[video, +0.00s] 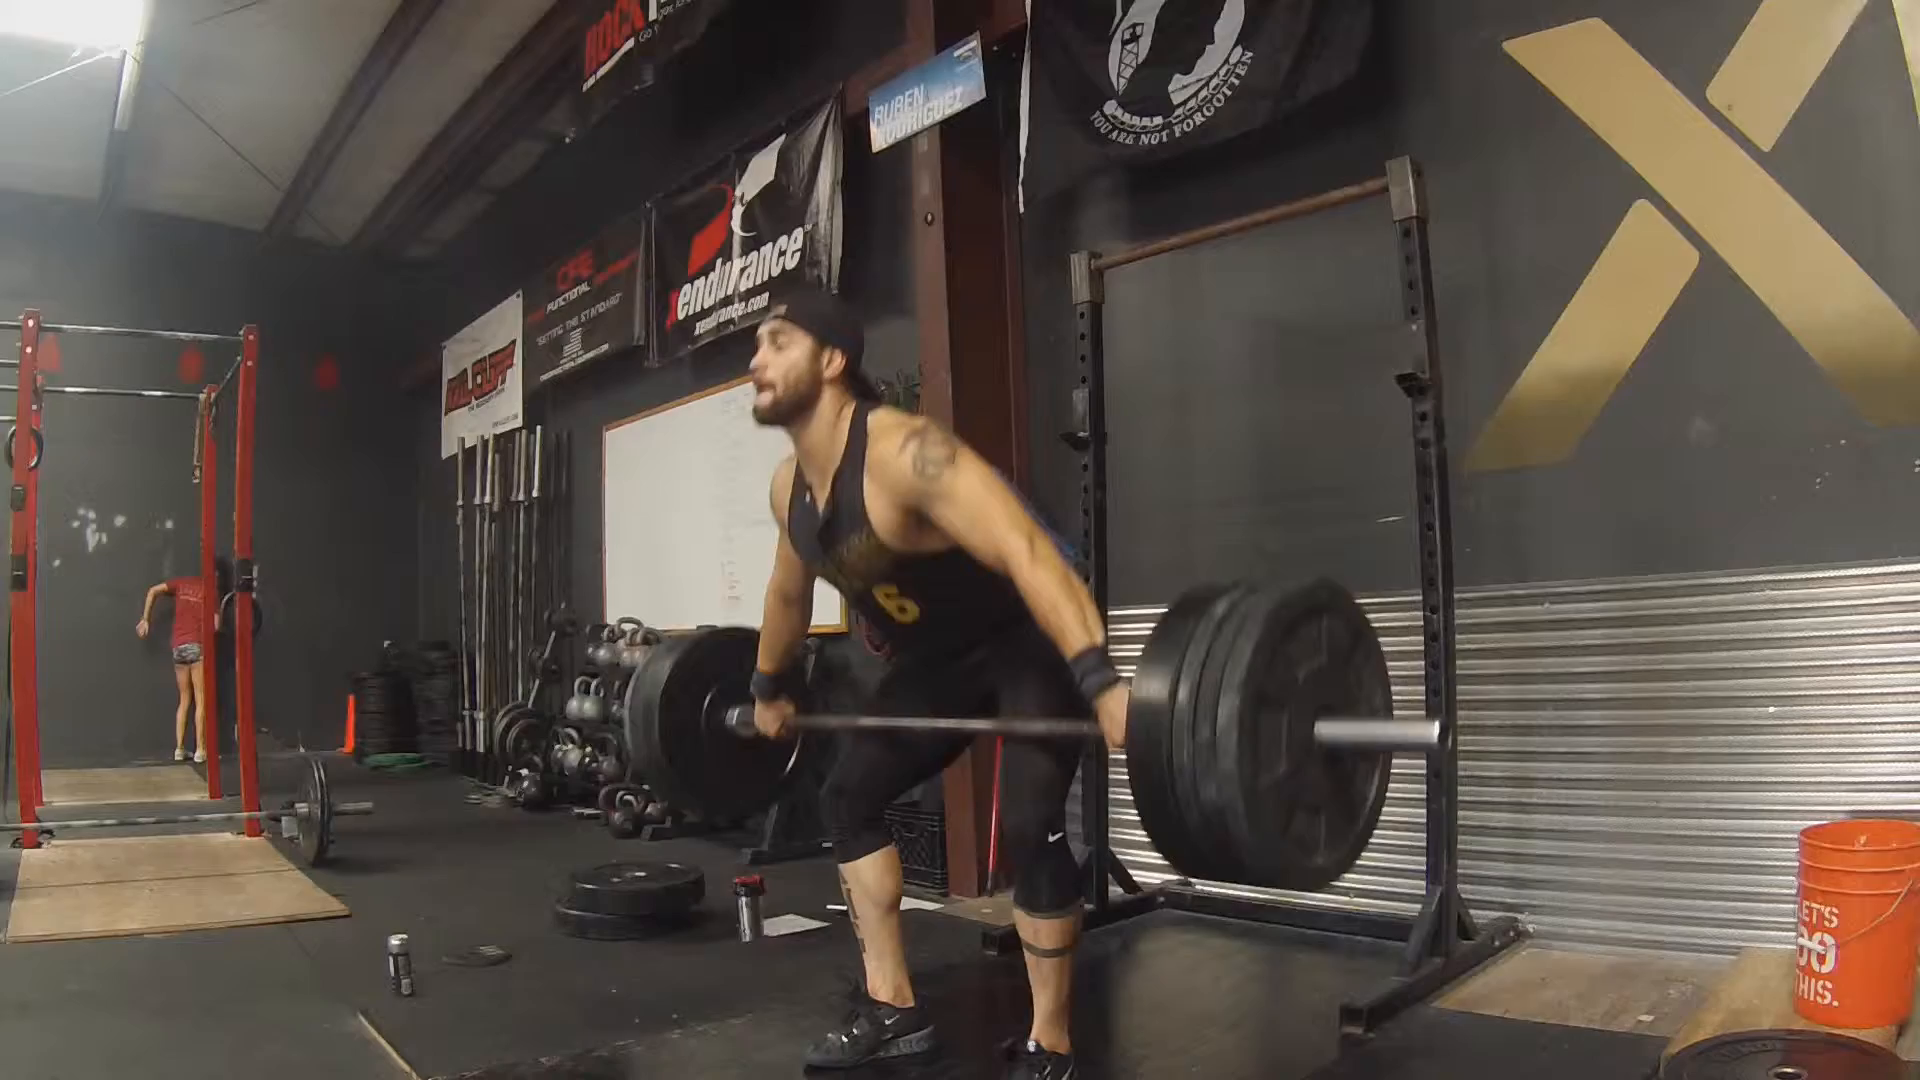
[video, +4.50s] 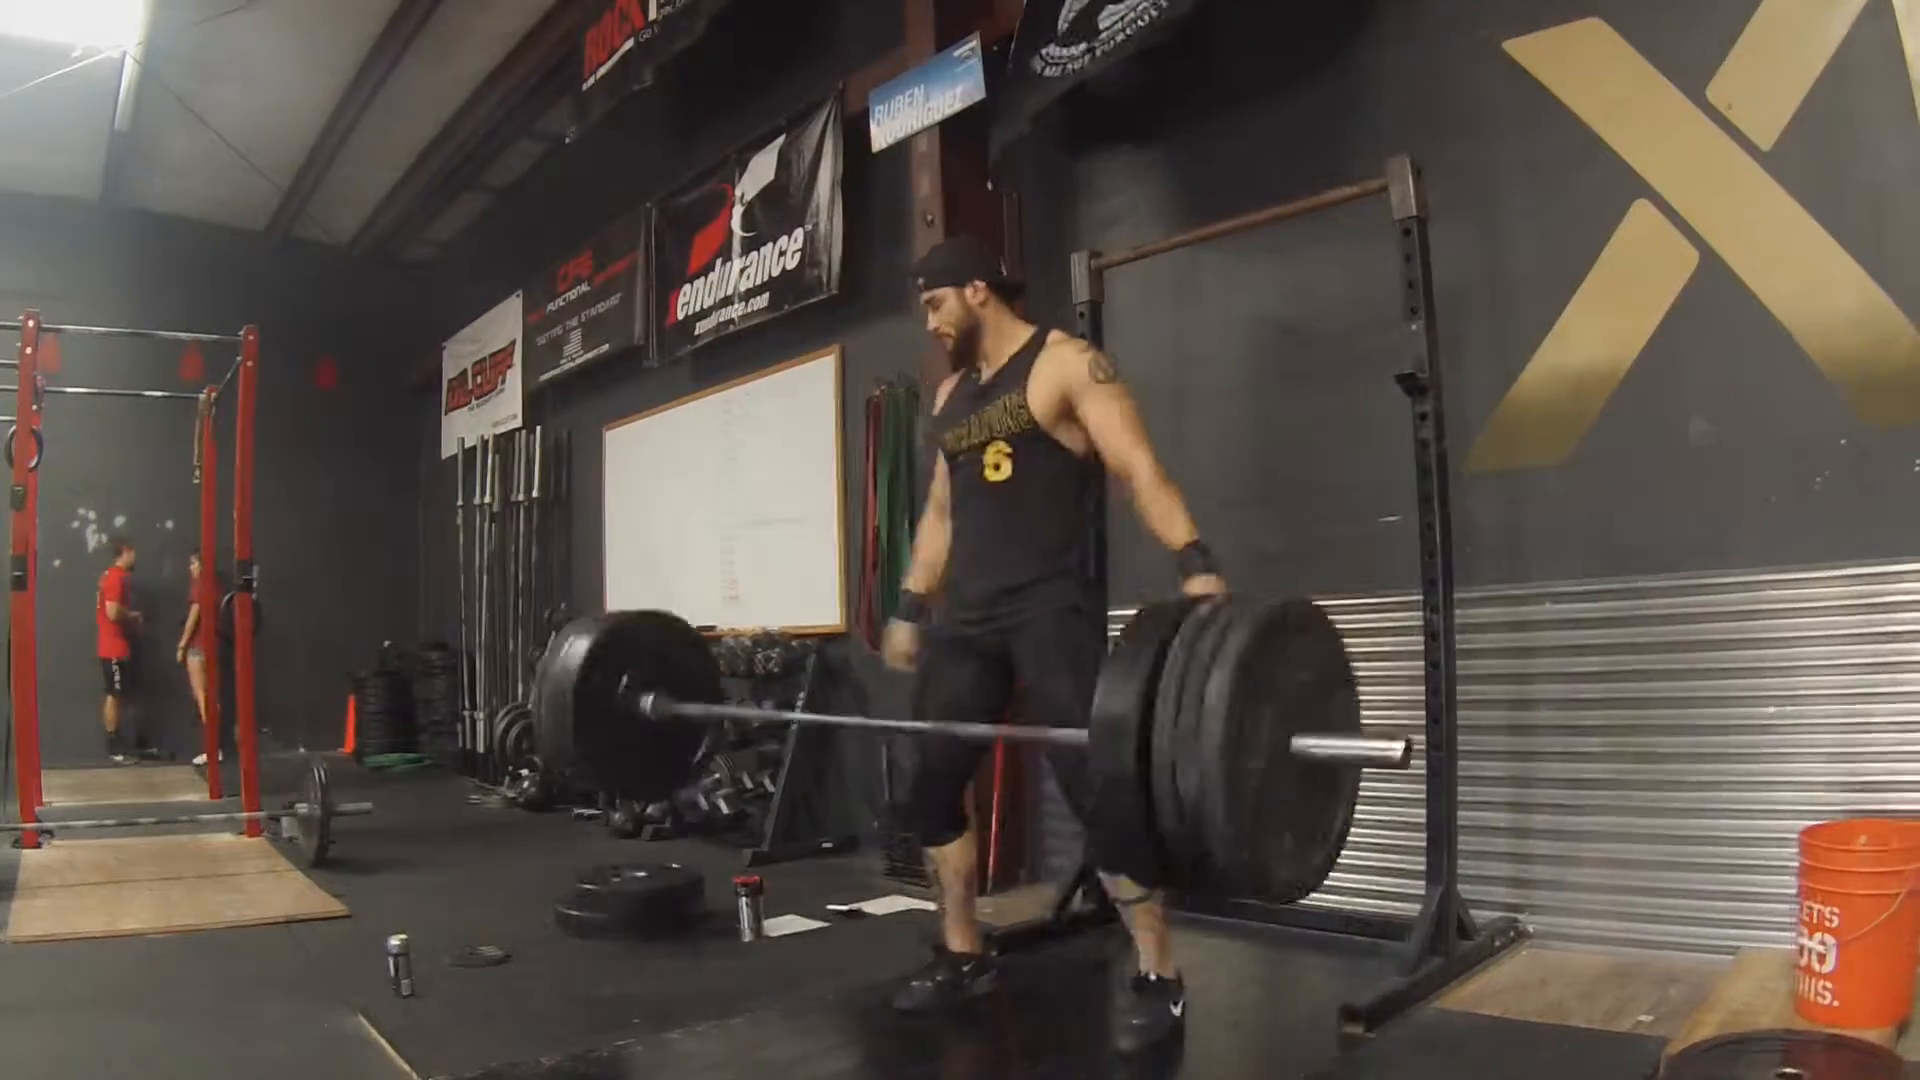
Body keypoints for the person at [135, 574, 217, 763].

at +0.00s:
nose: (217, 579)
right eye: (218, 576)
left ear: (203, 571)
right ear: (216, 575)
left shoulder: (183, 583)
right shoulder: (213, 592)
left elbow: (153, 590)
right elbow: (216, 625)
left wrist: (145, 619)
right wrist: (215, 608)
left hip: (178, 643)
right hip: (198, 642)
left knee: (184, 698)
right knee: (200, 699)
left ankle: (179, 748)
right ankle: (200, 749)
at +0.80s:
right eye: (209, 579)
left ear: (193, 574)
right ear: (207, 577)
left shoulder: (174, 586)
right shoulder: (206, 592)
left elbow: (147, 598)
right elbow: (213, 621)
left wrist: (139, 628)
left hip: (174, 646)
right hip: (194, 645)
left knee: (178, 701)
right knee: (201, 701)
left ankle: (164, 745)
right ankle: (200, 750)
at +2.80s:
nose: (203, 570)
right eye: (203, 567)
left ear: (186, 564)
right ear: (199, 565)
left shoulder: (171, 586)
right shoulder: (201, 584)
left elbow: (167, 620)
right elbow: (207, 614)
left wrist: (171, 635)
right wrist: (208, 637)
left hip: (173, 641)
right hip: (194, 641)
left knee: (170, 696)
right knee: (199, 695)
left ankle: (164, 746)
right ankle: (200, 746)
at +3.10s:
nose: (172, 564)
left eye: (174, 560)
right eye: (173, 560)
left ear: (180, 562)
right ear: (192, 562)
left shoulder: (168, 583)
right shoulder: (201, 583)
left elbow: (160, 616)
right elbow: (207, 613)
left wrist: (170, 632)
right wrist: (203, 633)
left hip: (172, 642)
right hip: (194, 641)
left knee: (170, 696)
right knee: (200, 695)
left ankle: (164, 745)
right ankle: (201, 743)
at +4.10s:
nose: (189, 566)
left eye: (192, 562)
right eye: (190, 561)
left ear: (202, 563)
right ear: (205, 564)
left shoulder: (196, 582)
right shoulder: (216, 584)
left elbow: (192, 612)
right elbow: (219, 615)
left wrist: (183, 643)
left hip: (195, 645)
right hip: (213, 645)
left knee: (187, 696)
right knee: (213, 696)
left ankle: (186, 747)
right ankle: (215, 748)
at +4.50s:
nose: (191, 568)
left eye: (194, 563)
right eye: (191, 564)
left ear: (203, 565)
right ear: (205, 565)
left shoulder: (199, 586)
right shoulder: (216, 586)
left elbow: (194, 615)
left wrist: (182, 644)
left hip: (199, 646)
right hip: (214, 644)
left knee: (201, 696)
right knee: (213, 696)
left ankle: (211, 747)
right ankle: (215, 745)